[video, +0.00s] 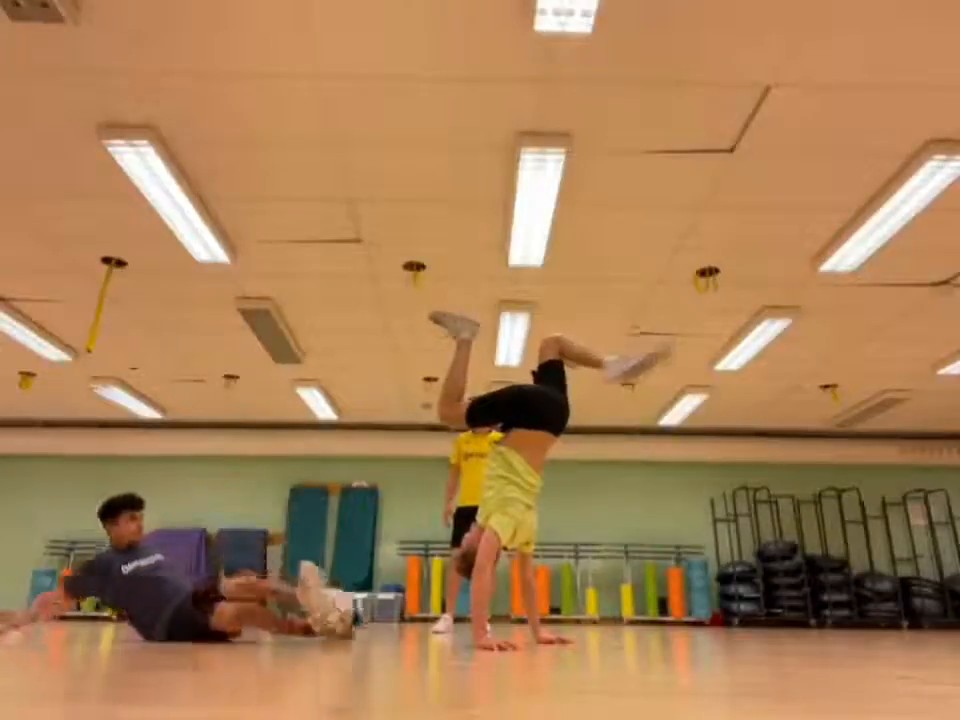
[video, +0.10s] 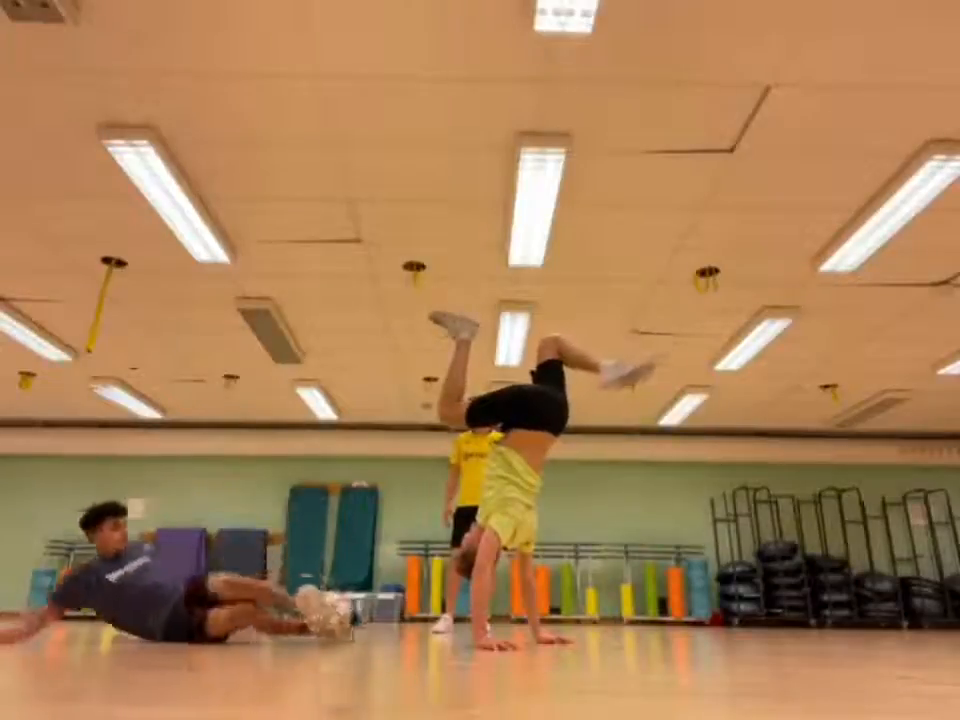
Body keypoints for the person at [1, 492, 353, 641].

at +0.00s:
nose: (138, 527)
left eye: (139, 521)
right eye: (130, 522)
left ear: (139, 524)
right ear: (111, 527)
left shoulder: (147, 551)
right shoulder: (102, 566)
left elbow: (166, 586)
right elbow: (63, 593)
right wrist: (33, 615)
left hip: (194, 594)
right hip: (173, 618)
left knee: (251, 583)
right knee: (241, 612)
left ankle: (309, 601)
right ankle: (309, 629)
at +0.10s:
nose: (122, 533)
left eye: (122, 527)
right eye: (114, 529)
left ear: (121, 531)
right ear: (94, 536)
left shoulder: (139, 552)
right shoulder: (81, 581)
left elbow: (165, 578)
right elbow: (43, 617)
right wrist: (20, 633)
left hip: (189, 590)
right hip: (174, 621)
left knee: (243, 585)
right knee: (246, 614)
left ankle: (306, 609)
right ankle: (313, 628)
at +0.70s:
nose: (104, 524)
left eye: (105, 517)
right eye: (95, 519)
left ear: (107, 516)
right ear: (74, 524)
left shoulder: (127, 534)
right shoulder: (59, 577)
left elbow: (165, 552)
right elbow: (26, 628)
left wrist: (211, 567)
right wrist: (15, 633)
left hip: (165, 584)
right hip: (149, 621)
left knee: (178, 580)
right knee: (190, 631)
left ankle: (256, 582)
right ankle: (253, 625)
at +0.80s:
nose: (127, 518)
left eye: (128, 510)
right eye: (120, 511)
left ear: (126, 512)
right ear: (100, 514)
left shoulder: (141, 532)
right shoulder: (77, 562)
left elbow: (166, 553)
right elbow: (52, 602)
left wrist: (190, 561)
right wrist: (29, 624)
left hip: (171, 588)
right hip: (146, 621)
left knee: (218, 582)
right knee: (197, 630)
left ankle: (273, 594)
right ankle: (255, 629)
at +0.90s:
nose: (151, 512)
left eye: (151, 505)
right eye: (144, 505)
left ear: (142, 507)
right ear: (120, 507)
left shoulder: (154, 529)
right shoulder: (89, 551)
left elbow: (175, 560)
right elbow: (57, 593)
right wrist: (27, 628)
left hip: (182, 588)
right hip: (155, 621)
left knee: (217, 579)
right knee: (198, 629)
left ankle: (277, 600)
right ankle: (253, 630)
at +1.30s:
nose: (160, 519)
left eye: (160, 512)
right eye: (154, 511)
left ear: (154, 512)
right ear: (131, 510)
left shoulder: (162, 535)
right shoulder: (98, 544)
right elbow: (54, 585)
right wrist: (32, 633)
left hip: (180, 598)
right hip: (150, 624)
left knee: (210, 524)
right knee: (193, 610)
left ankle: (233, 601)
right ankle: (270, 625)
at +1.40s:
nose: (159, 517)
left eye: (160, 510)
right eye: (153, 510)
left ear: (151, 510)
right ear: (129, 509)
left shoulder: (160, 532)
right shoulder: (97, 544)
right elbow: (54, 584)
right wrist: (32, 633)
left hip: (180, 593)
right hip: (147, 623)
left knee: (233, 539)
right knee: (187, 611)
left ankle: (260, 599)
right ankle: (262, 624)